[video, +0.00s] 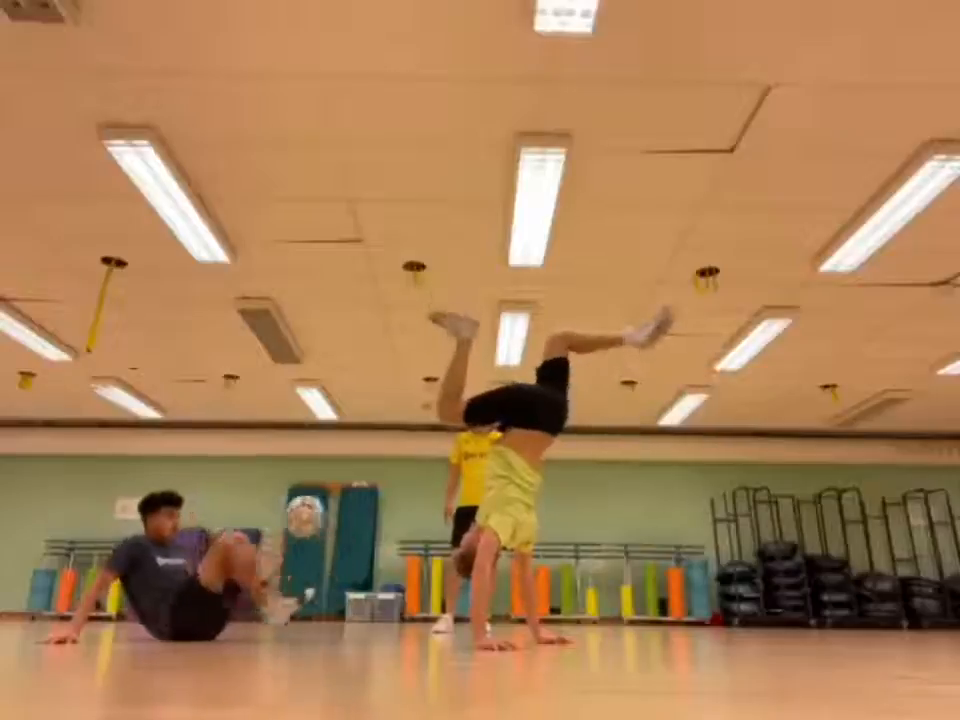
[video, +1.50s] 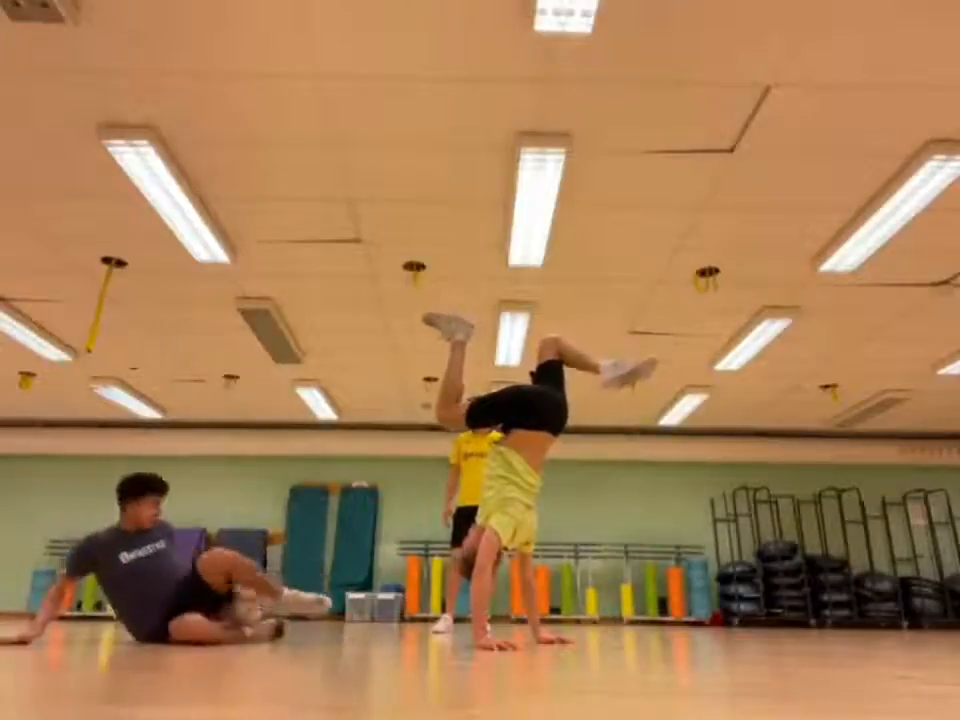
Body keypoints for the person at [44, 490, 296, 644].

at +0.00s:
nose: (175, 524)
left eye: (177, 518)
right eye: (170, 517)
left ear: (173, 521)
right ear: (150, 518)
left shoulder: (176, 555)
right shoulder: (133, 547)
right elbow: (98, 587)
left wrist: (251, 576)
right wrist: (74, 629)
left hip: (202, 619)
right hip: (178, 620)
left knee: (237, 542)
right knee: (226, 543)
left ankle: (266, 599)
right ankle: (266, 603)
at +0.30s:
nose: (169, 519)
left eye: (169, 512)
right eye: (162, 512)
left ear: (168, 515)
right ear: (142, 515)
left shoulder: (176, 545)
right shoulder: (126, 551)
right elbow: (93, 590)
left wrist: (267, 544)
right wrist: (66, 624)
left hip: (203, 612)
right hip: (177, 622)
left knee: (232, 541)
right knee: (220, 551)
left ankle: (279, 542)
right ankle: (280, 591)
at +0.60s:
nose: (122, 533)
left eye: (122, 527)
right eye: (114, 529)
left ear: (121, 531)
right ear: (94, 536)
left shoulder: (139, 552)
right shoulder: (81, 581)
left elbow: (165, 578)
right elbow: (43, 617)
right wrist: (20, 633)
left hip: (189, 590)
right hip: (174, 621)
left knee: (243, 585)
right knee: (246, 614)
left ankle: (306, 609)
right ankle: (313, 628)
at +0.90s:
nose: (95, 536)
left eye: (95, 529)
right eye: (86, 531)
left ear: (97, 531)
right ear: (65, 538)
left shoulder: (116, 549)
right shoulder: (56, 588)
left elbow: (160, 568)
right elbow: (20, 632)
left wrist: (189, 576)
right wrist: (6, 634)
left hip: (162, 590)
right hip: (148, 623)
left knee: (118, 573)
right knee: (188, 627)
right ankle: (238, 605)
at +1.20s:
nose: (104, 524)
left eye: (105, 517)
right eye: (95, 519)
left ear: (107, 516)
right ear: (74, 524)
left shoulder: (127, 534)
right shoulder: (59, 577)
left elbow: (165, 552)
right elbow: (26, 628)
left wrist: (211, 567)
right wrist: (15, 633)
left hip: (165, 584)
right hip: (149, 621)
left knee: (178, 580)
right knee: (190, 631)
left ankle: (256, 582)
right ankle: (253, 625)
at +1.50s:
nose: (159, 512)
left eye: (159, 506)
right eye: (153, 506)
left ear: (153, 507)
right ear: (129, 506)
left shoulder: (162, 532)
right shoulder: (96, 547)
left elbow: (175, 575)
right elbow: (60, 591)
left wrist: (222, 606)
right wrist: (35, 632)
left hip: (187, 592)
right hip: (158, 621)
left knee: (221, 557)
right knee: (198, 628)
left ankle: (280, 597)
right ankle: (252, 632)